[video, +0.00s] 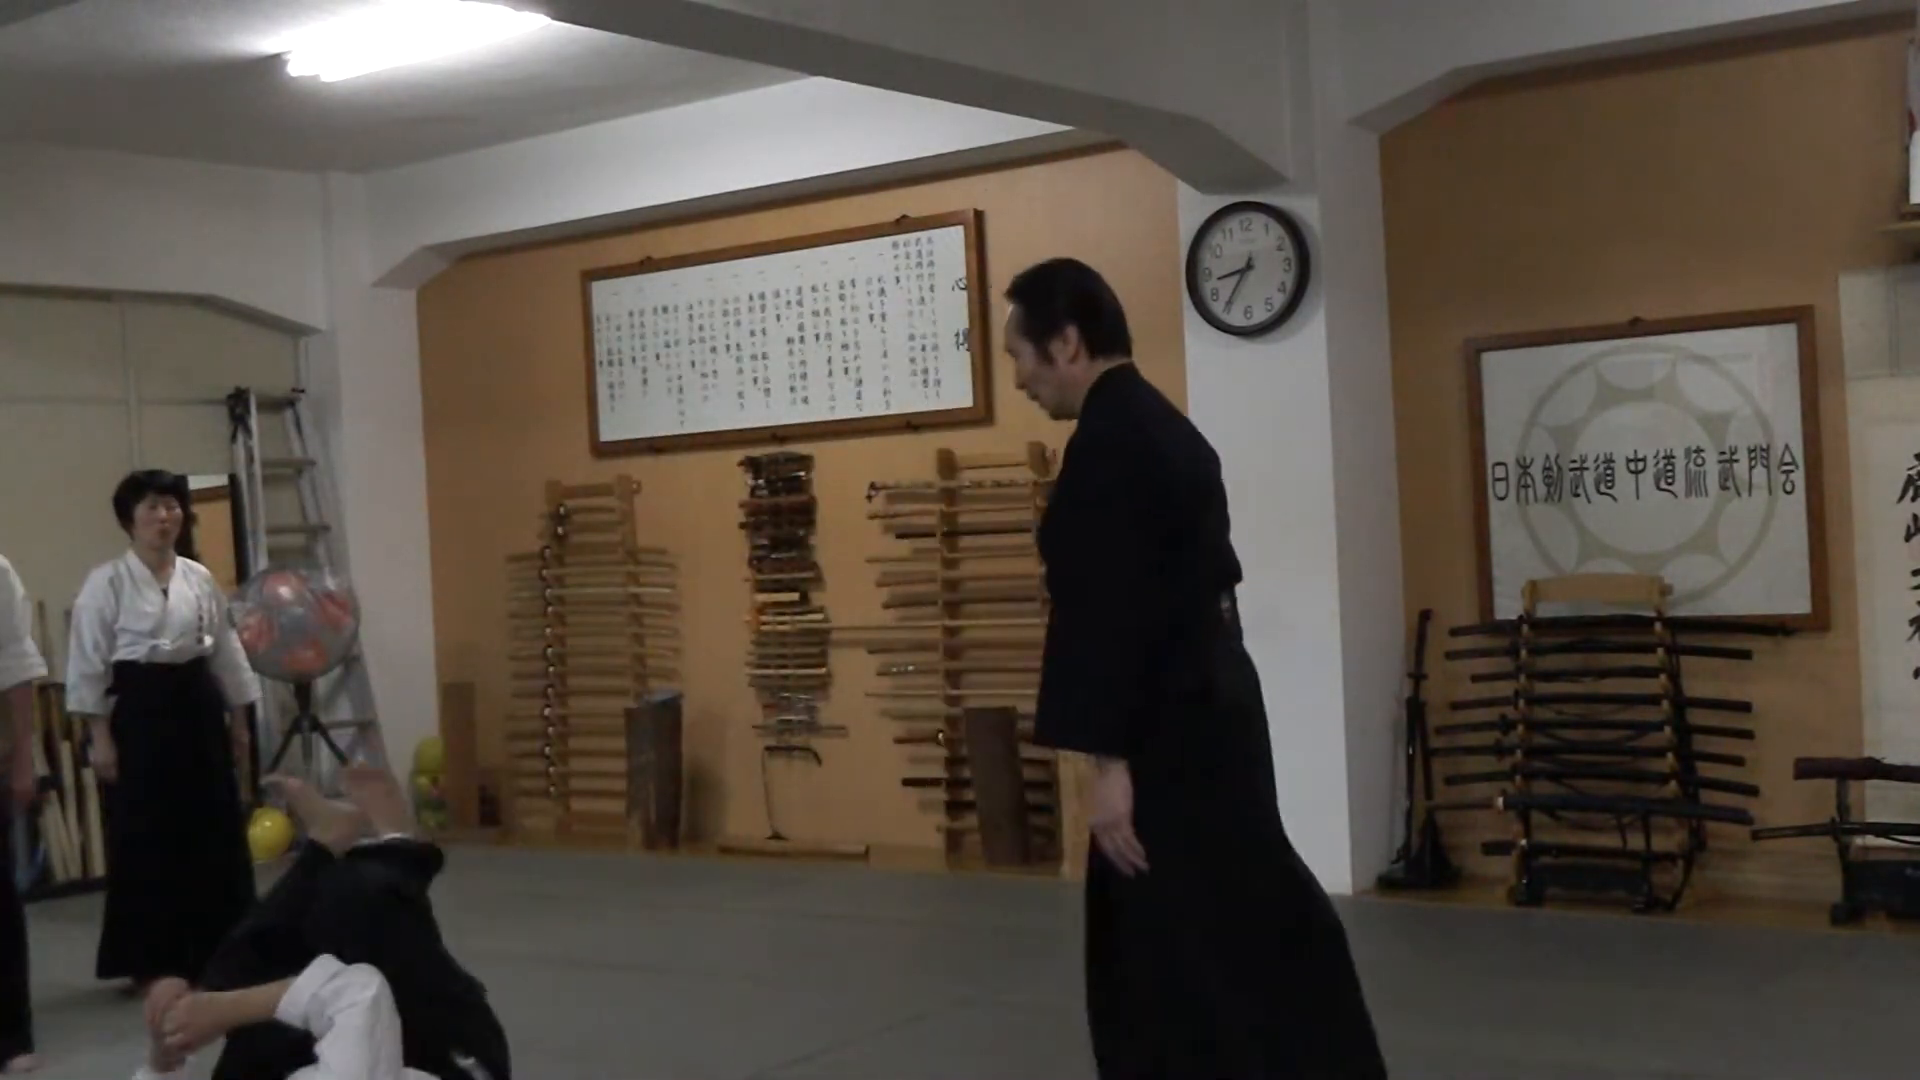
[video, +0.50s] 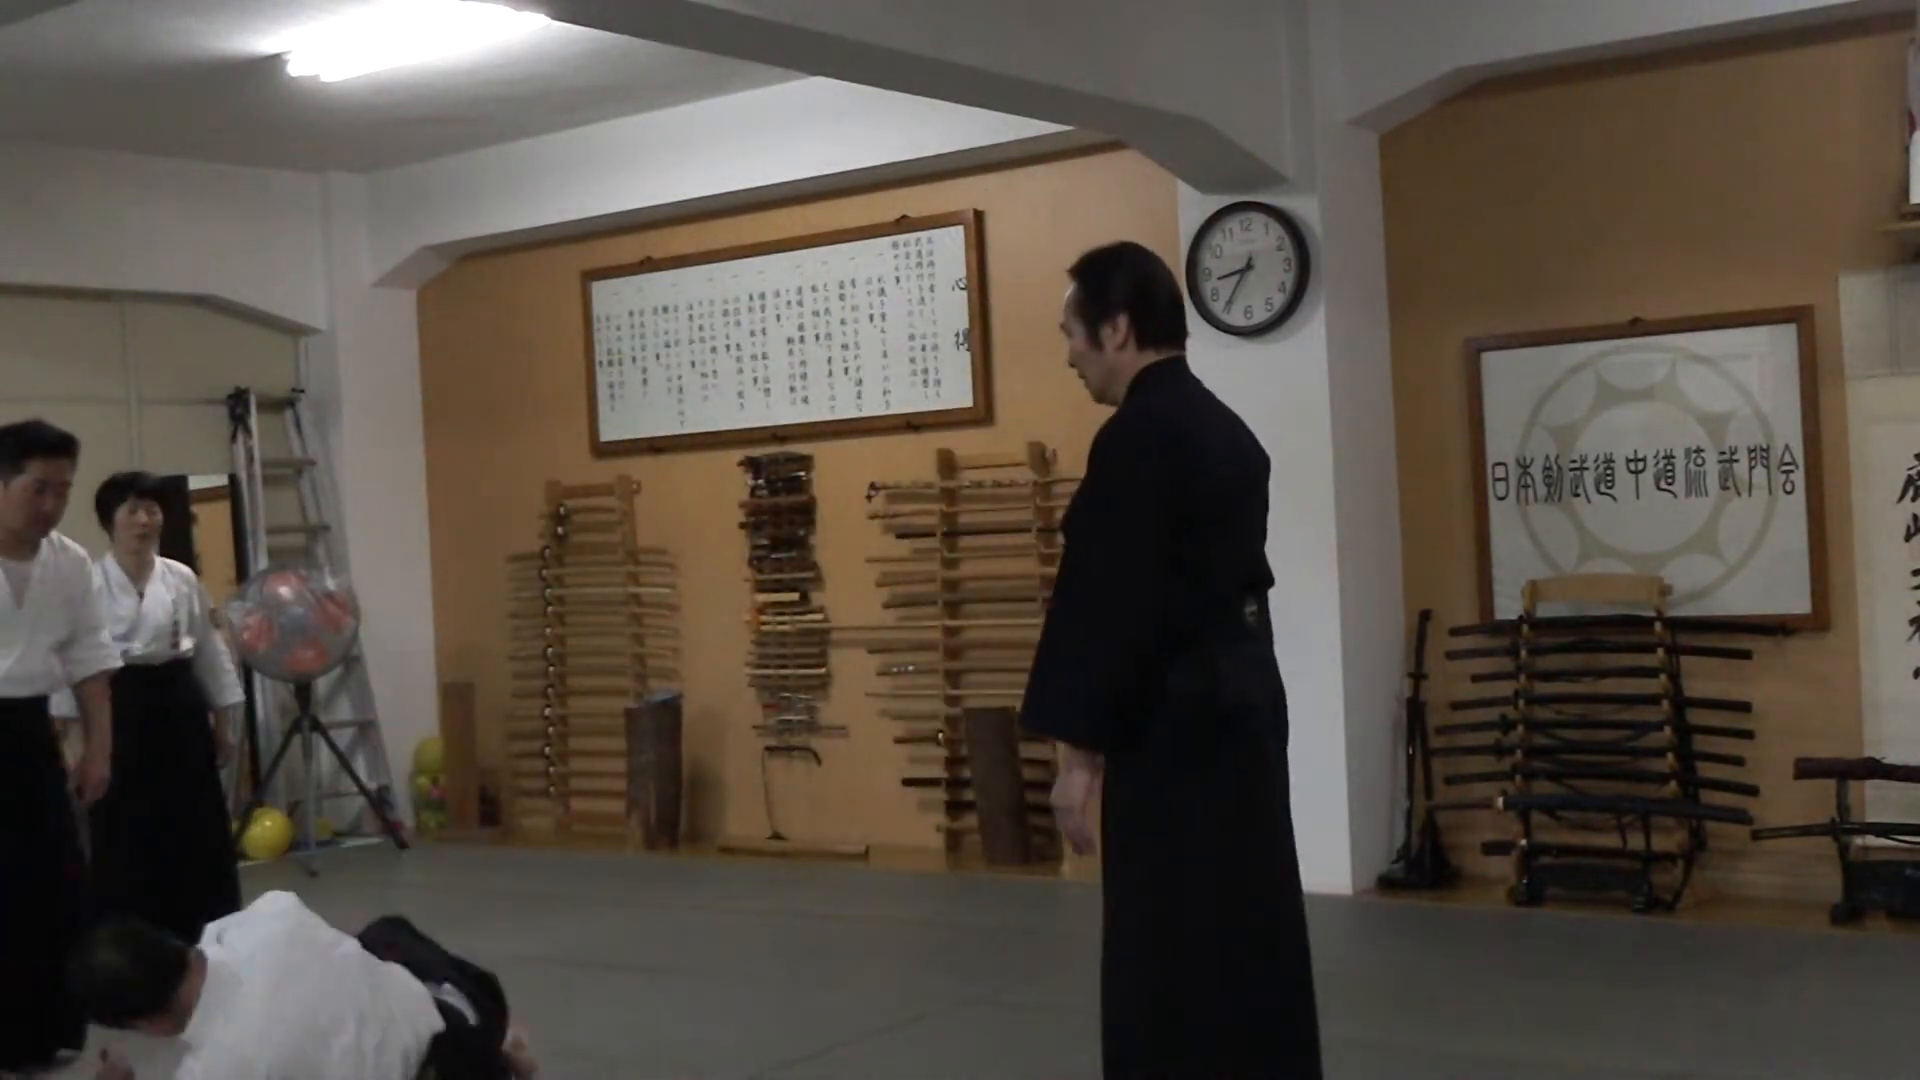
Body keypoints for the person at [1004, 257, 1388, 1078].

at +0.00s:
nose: (1016, 375)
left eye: (1019, 353)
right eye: (1012, 356)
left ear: (1067, 343)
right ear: (1085, 340)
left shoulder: (1109, 439)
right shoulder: (1155, 425)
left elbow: (1109, 611)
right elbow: (1197, 590)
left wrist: (1107, 764)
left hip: (1165, 725)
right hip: (1210, 707)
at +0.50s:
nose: (1068, 354)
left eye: (1074, 332)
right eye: (1067, 333)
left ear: (1120, 330)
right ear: (1142, 329)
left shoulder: (1138, 437)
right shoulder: (1219, 426)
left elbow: (1101, 599)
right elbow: (1219, 599)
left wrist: (1077, 753)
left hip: (1170, 737)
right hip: (1238, 721)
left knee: (1166, 964)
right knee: (1243, 952)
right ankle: (1254, 1070)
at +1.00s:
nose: (1034, 362)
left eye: (1041, 343)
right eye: (1034, 344)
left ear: (1083, 341)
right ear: (1113, 344)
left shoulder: (1087, 448)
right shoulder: (1185, 444)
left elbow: (1061, 604)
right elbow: (1180, 605)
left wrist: (1040, 753)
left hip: (1112, 740)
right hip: (1191, 728)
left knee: (1109, 957)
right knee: (1200, 945)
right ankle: (1211, 1068)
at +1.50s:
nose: (981, 373)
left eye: (983, 354)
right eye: (979, 355)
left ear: (1020, 352)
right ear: (1059, 352)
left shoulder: (1026, 447)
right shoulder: (1122, 445)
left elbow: (1004, 593)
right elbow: (1153, 597)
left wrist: (992, 722)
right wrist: (1142, 694)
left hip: (1056, 724)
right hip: (1132, 719)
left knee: (1029, 935)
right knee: (1132, 927)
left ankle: (1035, 1069)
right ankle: (1135, 1065)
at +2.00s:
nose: (907, 376)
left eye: (910, 358)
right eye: (907, 359)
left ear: (937, 358)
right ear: (991, 358)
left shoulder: (939, 453)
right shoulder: (1048, 454)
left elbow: (915, 598)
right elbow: (1053, 605)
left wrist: (910, 731)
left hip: (971, 725)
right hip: (1051, 716)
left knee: (965, 928)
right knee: (1062, 914)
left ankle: (969, 1065)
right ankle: (1074, 1062)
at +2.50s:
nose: (860, 382)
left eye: (863, 366)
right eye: (860, 367)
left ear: (890, 369)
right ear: (947, 369)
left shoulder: (899, 470)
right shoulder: (1002, 469)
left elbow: (860, 604)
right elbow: (998, 622)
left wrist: (839, 727)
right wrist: (890, 725)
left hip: (924, 741)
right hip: (1001, 734)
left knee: (911, 940)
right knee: (998, 933)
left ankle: (913, 1072)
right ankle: (1013, 1070)